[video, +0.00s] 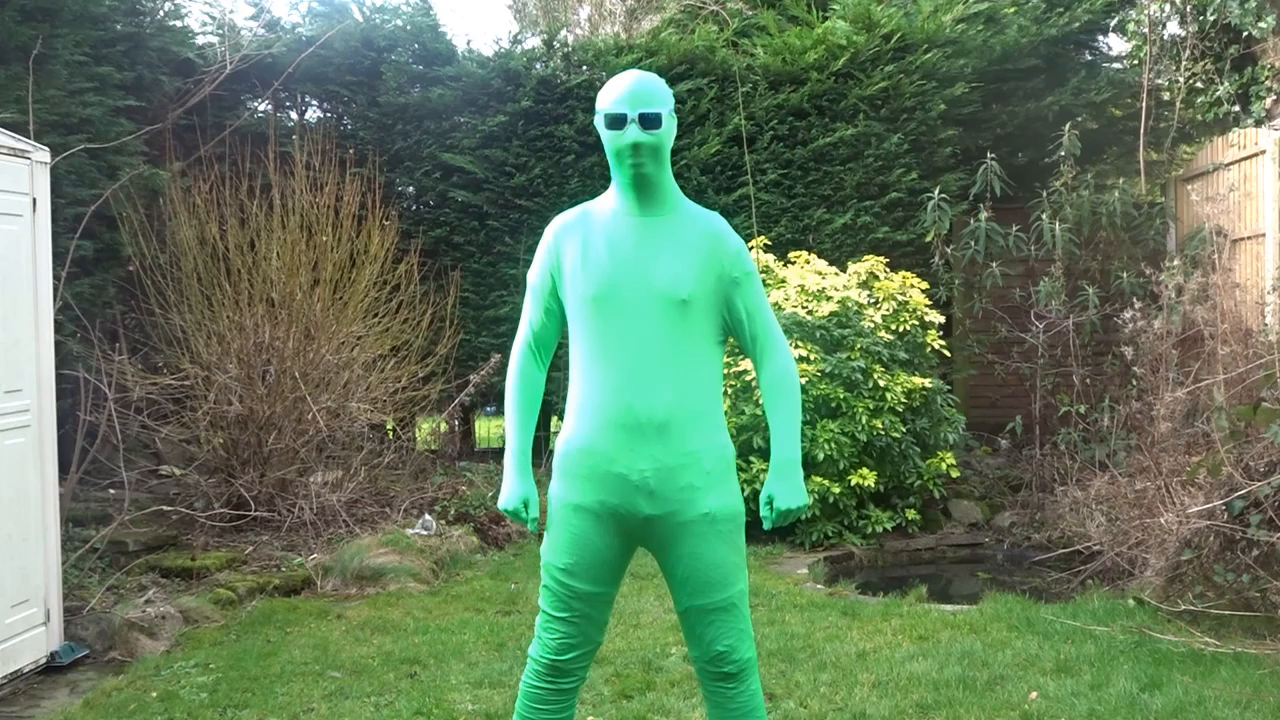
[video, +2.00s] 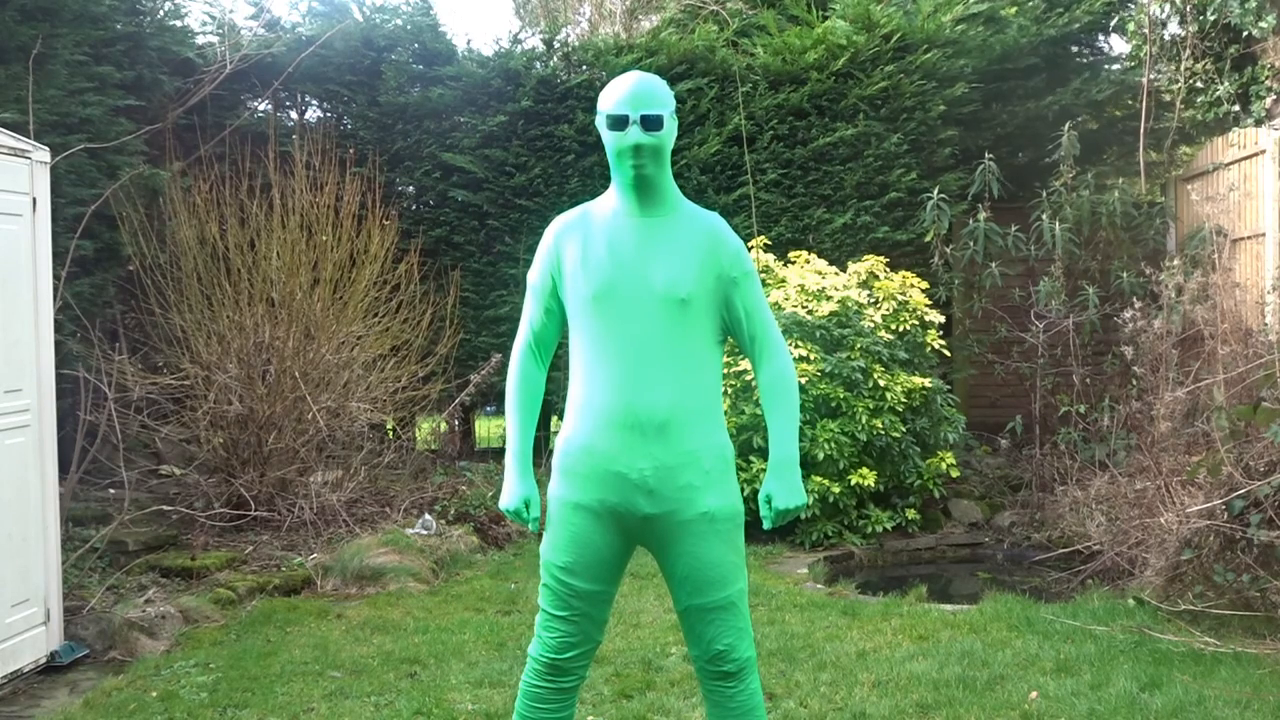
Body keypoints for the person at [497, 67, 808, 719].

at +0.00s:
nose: (634, 135)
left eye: (649, 120)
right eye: (618, 122)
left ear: (673, 128)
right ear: (600, 134)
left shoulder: (714, 237)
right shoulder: (566, 236)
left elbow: (771, 351)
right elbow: (531, 351)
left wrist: (786, 463)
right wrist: (515, 466)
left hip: (699, 486)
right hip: (588, 485)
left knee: (729, 669)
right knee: (553, 668)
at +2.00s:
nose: (636, 136)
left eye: (651, 122)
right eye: (620, 123)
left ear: (673, 129)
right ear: (601, 135)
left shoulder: (713, 237)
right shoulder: (566, 236)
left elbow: (769, 351)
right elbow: (531, 352)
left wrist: (784, 464)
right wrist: (517, 466)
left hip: (698, 486)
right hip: (588, 484)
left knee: (729, 667)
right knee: (554, 665)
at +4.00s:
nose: (637, 137)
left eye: (652, 123)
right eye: (621, 124)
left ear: (673, 133)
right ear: (602, 136)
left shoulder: (712, 239)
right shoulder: (566, 236)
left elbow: (766, 353)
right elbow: (530, 352)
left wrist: (781, 465)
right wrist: (518, 466)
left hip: (695, 488)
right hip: (583, 486)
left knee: (726, 666)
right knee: (552, 663)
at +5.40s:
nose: (637, 136)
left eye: (652, 122)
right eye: (621, 124)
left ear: (673, 133)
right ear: (602, 136)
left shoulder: (712, 238)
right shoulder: (567, 236)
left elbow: (767, 354)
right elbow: (531, 353)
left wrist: (781, 465)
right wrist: (518, 466)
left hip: (694, 487)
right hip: (582, 485)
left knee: (726, 667)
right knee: (551, 664)